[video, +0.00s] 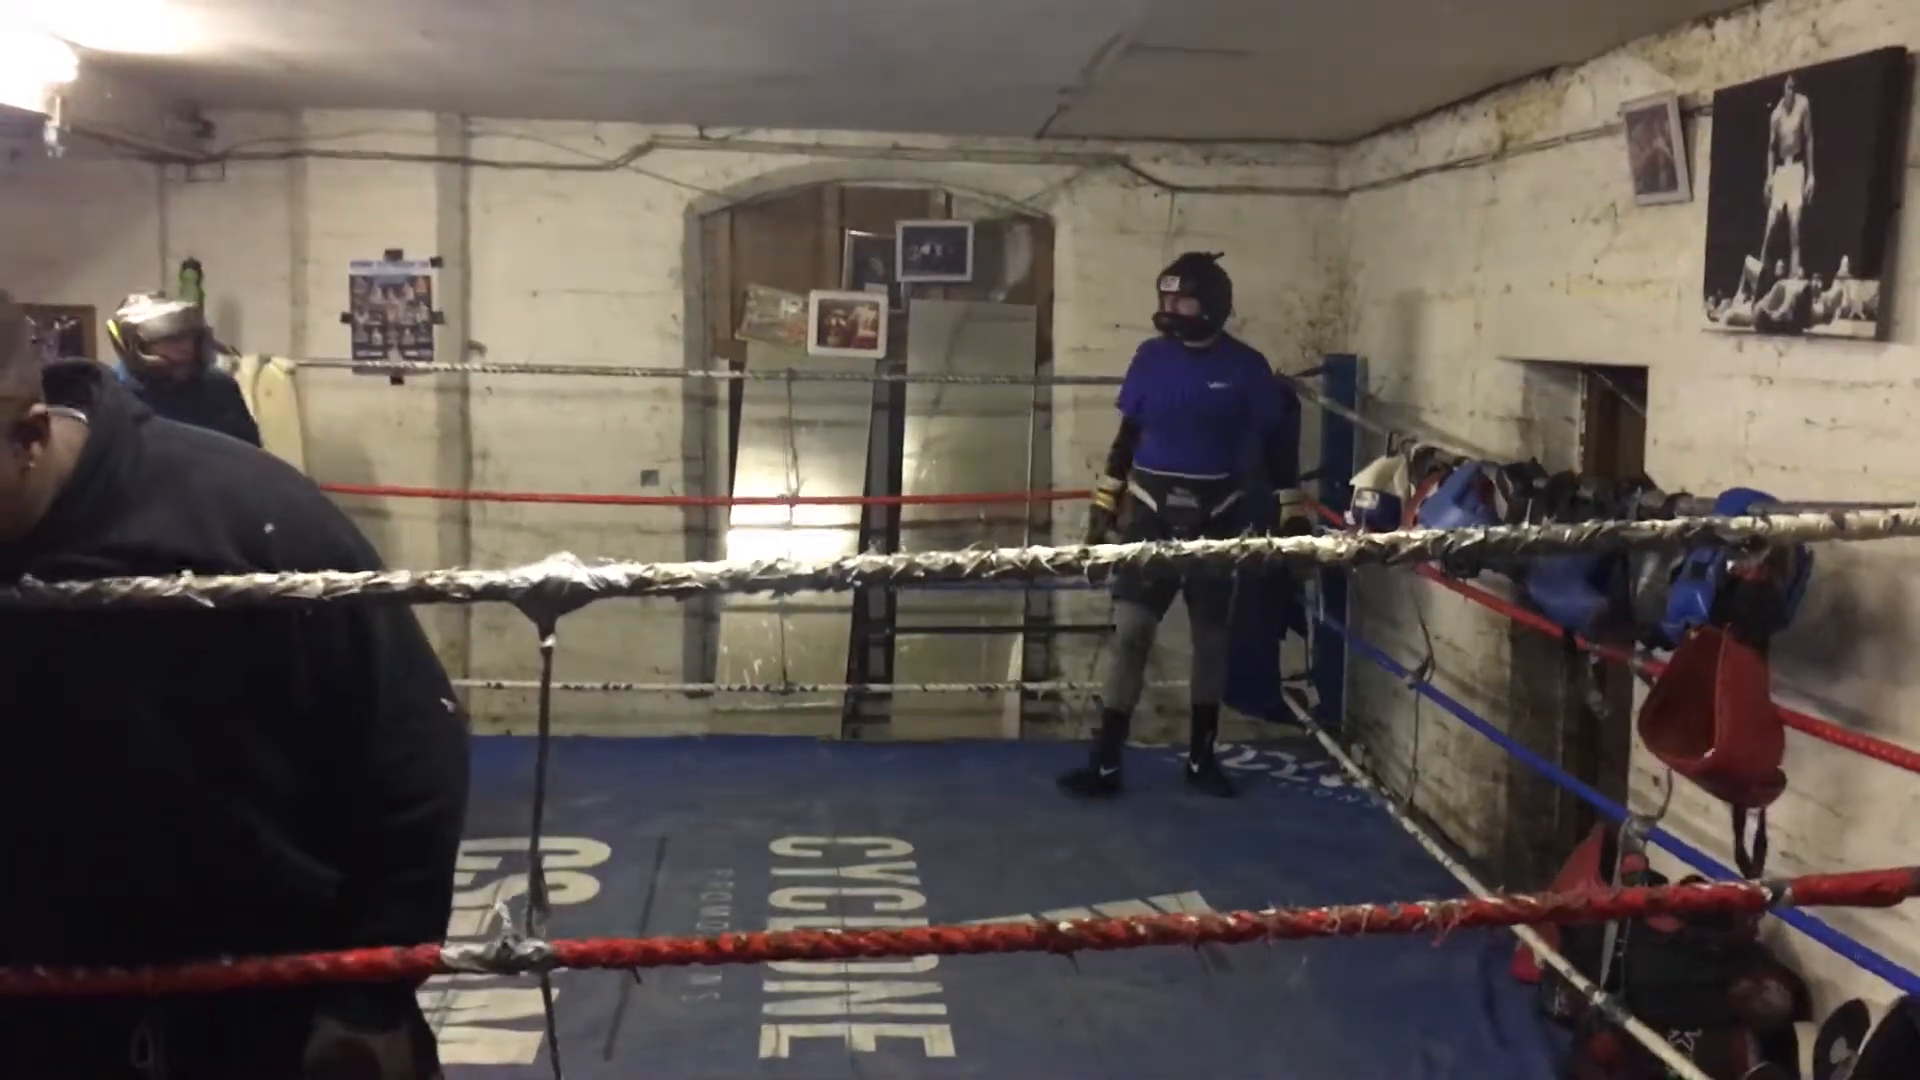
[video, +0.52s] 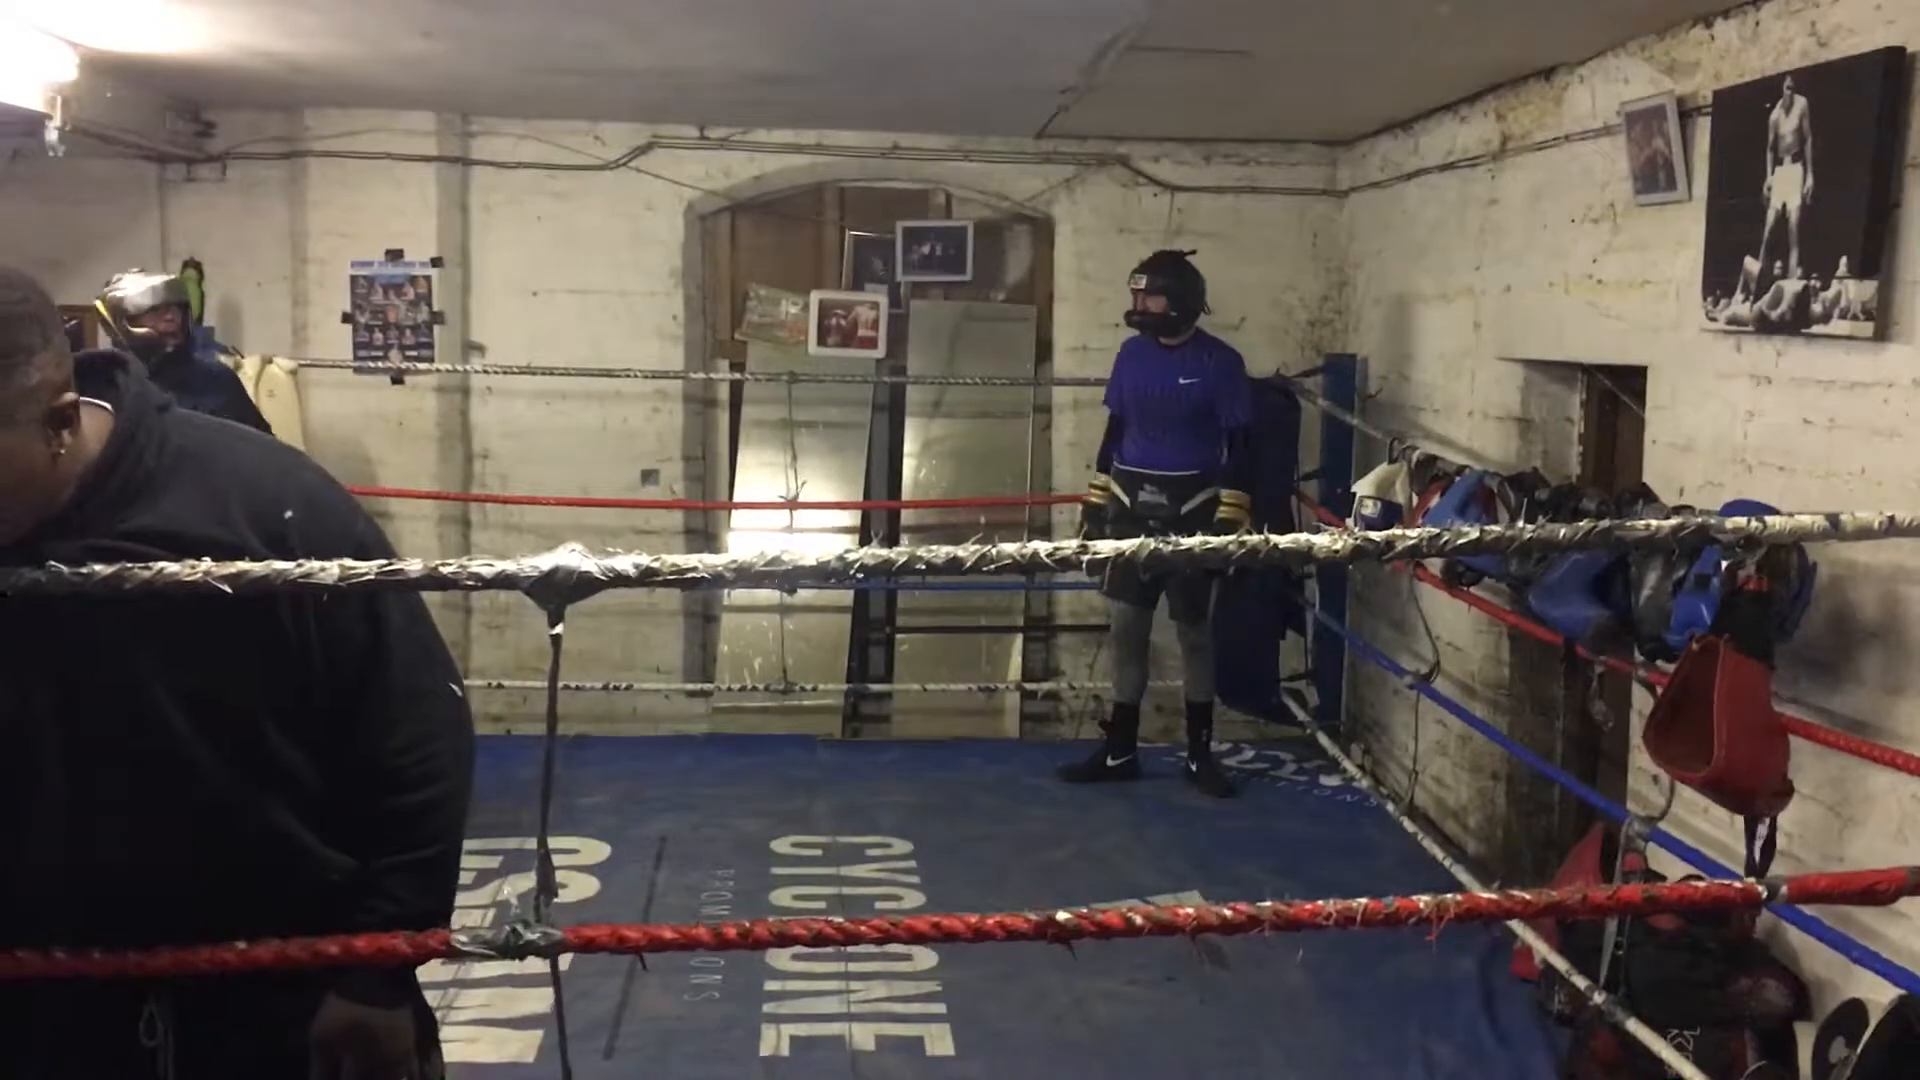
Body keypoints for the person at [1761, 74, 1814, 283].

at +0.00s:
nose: (1790, 91)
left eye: (1793, 88)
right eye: (1788, 88)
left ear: (1797, 89)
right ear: (1784, 89)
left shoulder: (1802, 104)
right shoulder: (1776, 114)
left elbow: (1809, 138)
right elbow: (1771, 147)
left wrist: (1811, 175)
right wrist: (1769, 176)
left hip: (1797, 164)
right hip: (1780, 165)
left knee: (1794, 217)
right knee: (1772, 218)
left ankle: (1795, 264)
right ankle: (1762, 261)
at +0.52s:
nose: (1788, 92)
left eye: (1791, 89)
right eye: (1786, 89)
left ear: (1795, 90)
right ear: (1782, 89)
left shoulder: (1801, 104)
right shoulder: (1774, 115)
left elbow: (1808, 138)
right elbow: (1770, 147)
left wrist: (1810, 175)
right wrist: (1768, 175)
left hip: (1796, 164)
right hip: (1779, 166)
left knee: (1794, 220)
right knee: (1770, 220)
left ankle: (1793, 268)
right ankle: (1761, 266)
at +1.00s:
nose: (1789, 93)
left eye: (1792, 89)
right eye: (1787, 89)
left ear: (1797, 90)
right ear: (1783, 89)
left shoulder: (1802, 105)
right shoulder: (1775, 115)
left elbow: (1809, 139)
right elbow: (1771, 146)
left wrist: (1810, 175)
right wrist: (1769, 175)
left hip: (1797, 163)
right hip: (1780, 164)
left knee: (1794, 218)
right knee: (1771, 219)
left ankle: (1794, 267)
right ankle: (1762, 265)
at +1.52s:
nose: (1789, 93)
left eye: (1792, 90)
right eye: (1787, 89)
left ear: (1797, 90)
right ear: (1782, 88)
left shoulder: (1802, 104)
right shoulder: (1775, 114)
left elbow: (1808, 139)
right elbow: (1771, 146)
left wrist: (1810, 175)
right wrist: (1769, 175)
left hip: (1797, 163)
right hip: (1779, 165)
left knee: (1794, 220)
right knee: (1771, 220)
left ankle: (1794, 269)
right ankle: (1762, 266)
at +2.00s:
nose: (1789, 92)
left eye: (1792, 89)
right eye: (1787, 88)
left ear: (1797, 90)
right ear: (1783, 88)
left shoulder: (1802, 104)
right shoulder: (1775, 114)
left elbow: (1809, 139)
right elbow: (1771, 146)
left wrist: (1810, 175)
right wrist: (1769, 175)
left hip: (1797, 163)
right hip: (1780, 165)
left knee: (1794, 220)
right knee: (1771, 221)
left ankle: (1794, 269)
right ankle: (1762, 267)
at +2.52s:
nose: (1788, 92)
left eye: (1792, 89)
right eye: (1787, 88)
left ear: (1796, 90)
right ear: (1783, 88)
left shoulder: (1802, 104)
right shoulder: (1775, 114)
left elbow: (1808, 139)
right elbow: (1771, 146)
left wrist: (1810, 175)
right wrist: (1769, 175)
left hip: (1797, 164)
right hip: (1780, 165)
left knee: (1794, 219)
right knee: (1771, 219)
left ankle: (1794, 267)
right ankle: (1762, 265)